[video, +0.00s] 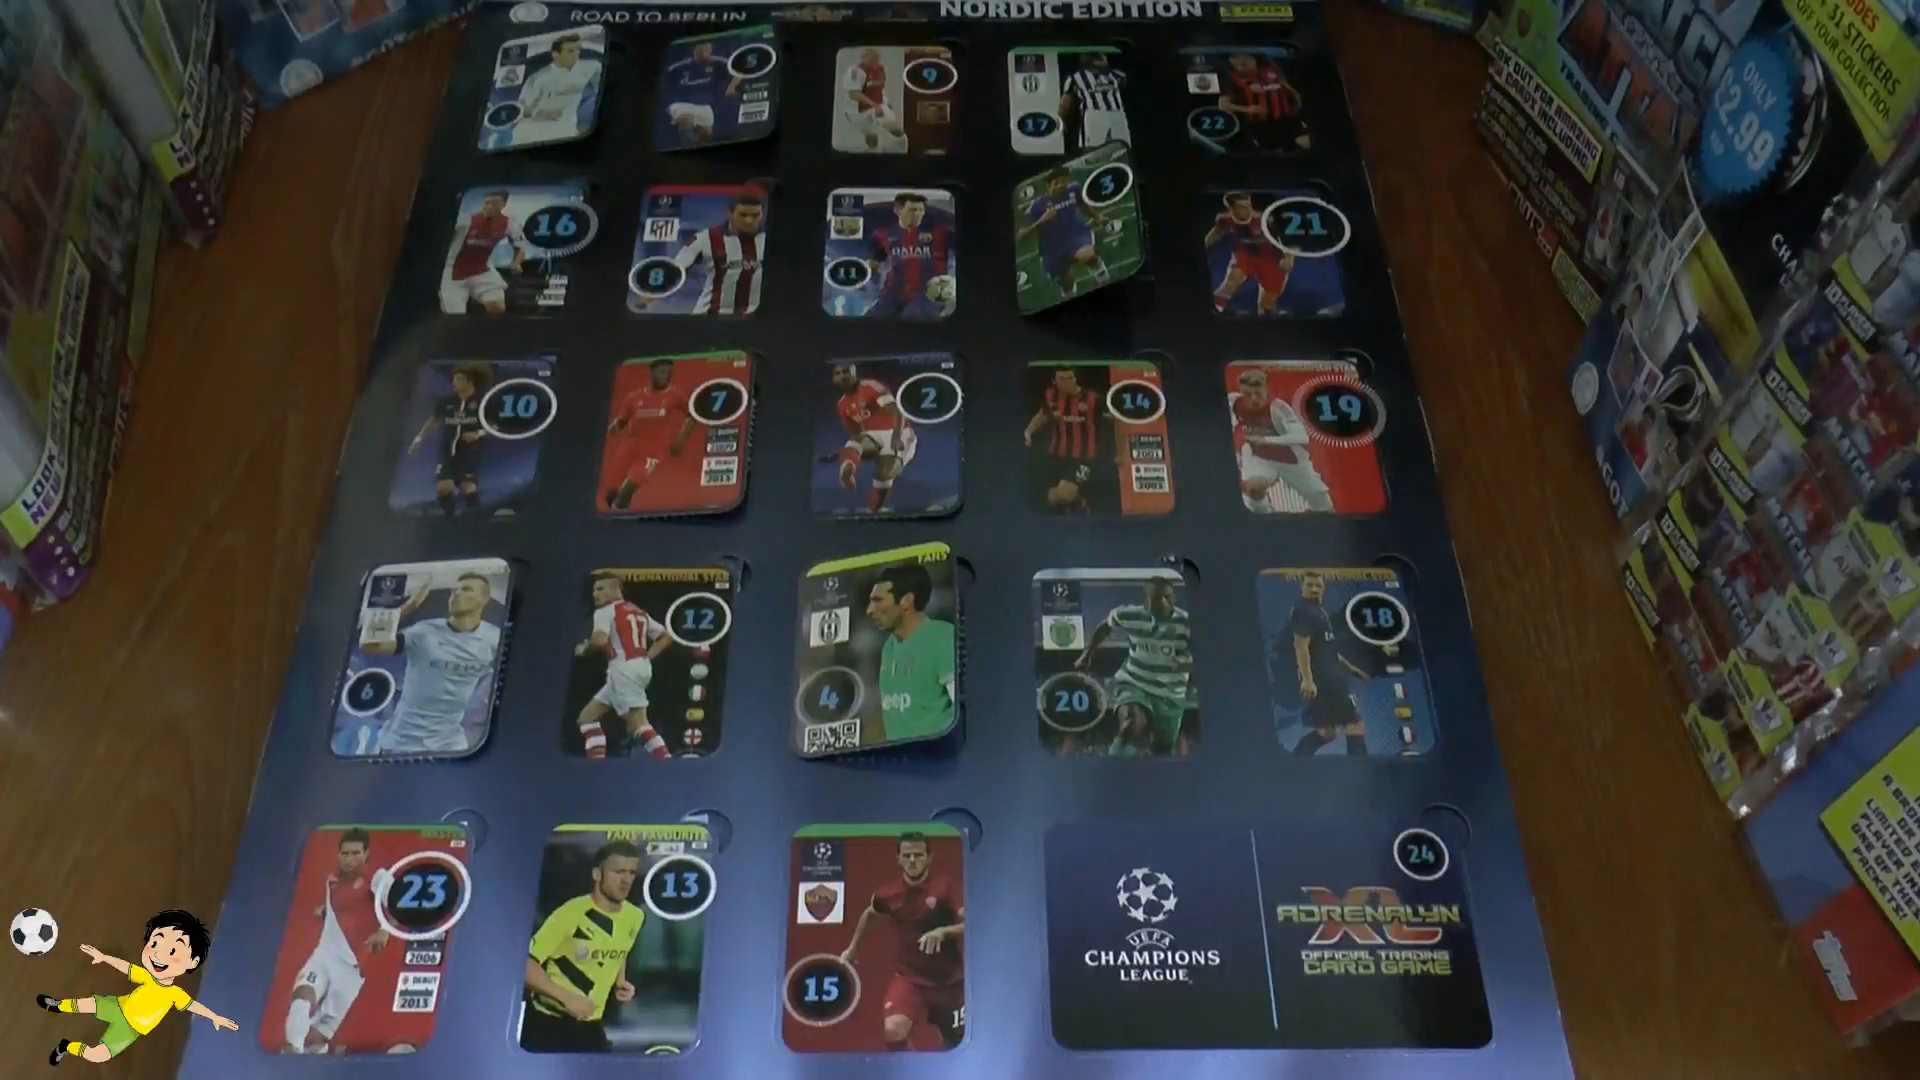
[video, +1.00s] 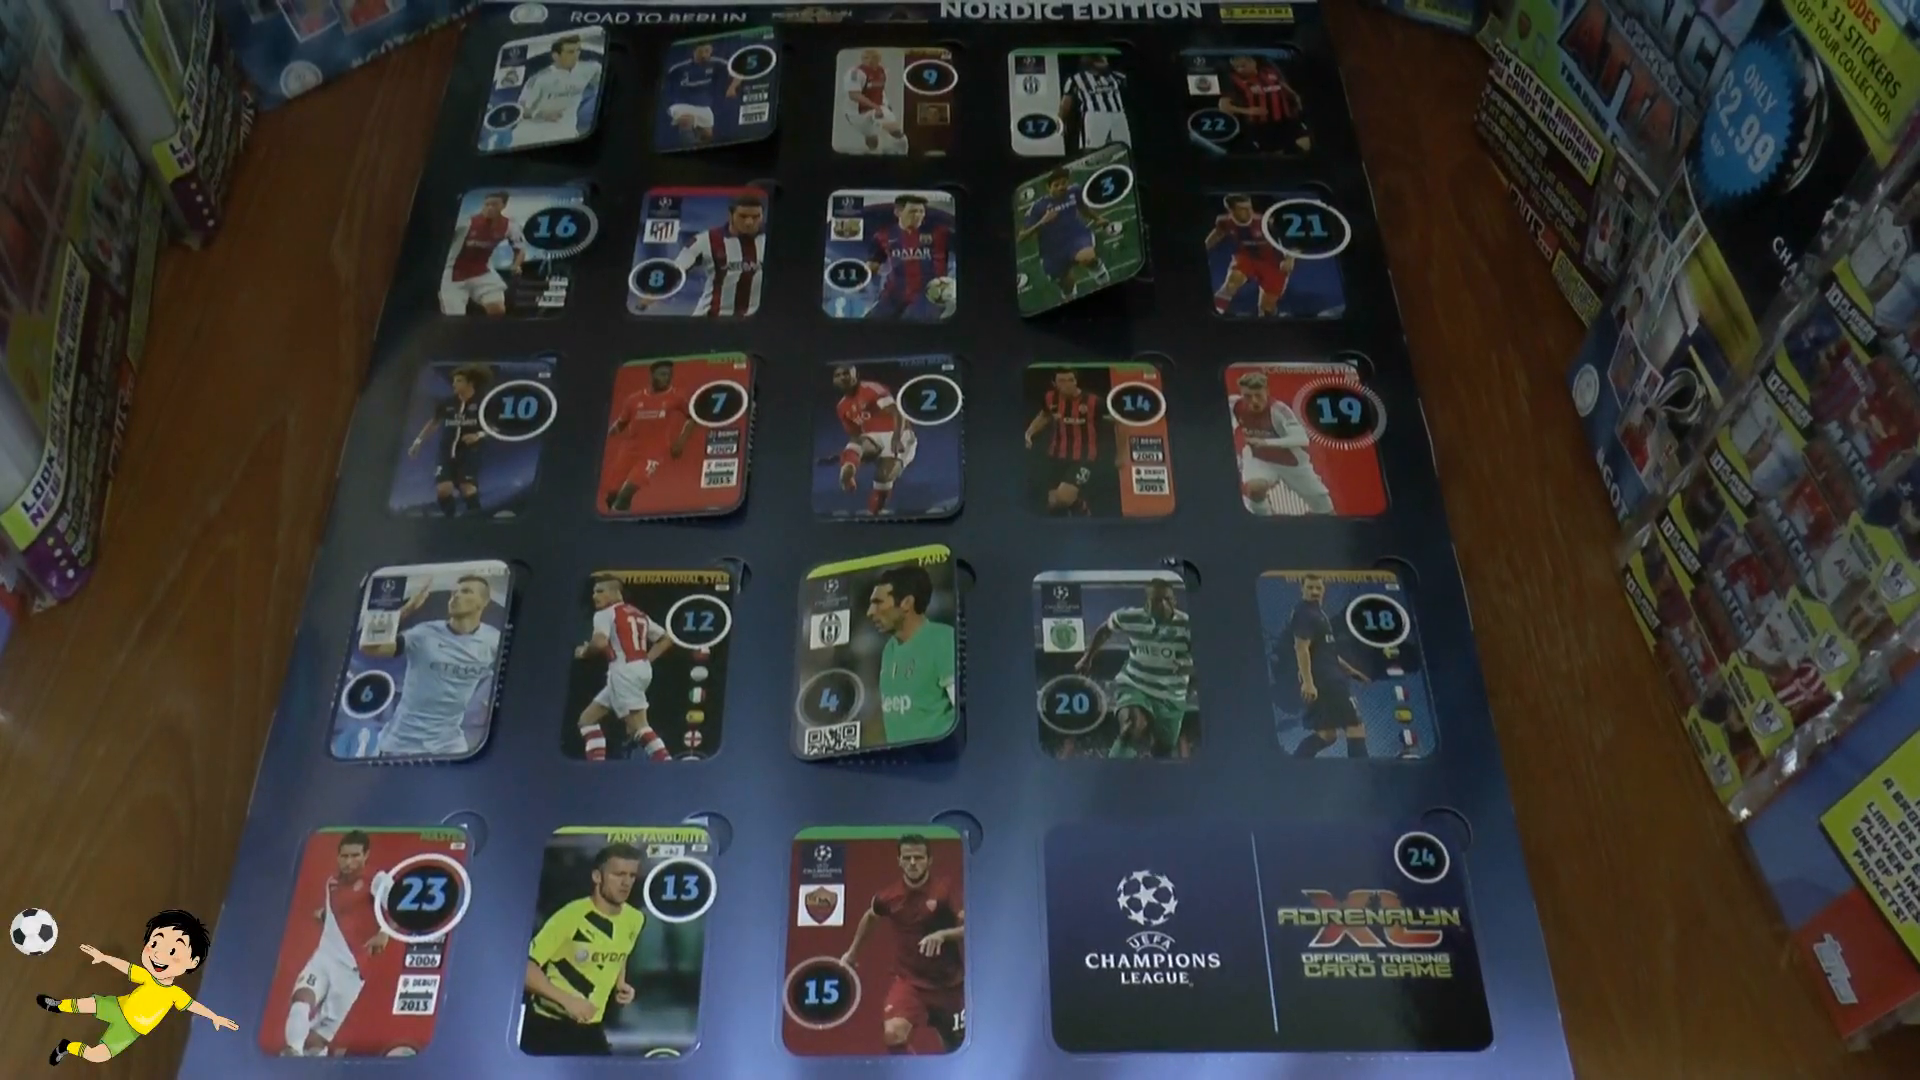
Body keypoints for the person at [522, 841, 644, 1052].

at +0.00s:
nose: (626, 880)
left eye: (631, 873)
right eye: (619, 872)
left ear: (635, 877)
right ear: (597, 875)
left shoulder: (634, 917)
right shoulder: (571, 912)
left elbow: (620, 954)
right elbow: (526, 964)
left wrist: (620, 980)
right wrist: (567, 998)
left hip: (590, 1028)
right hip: (546, 1025)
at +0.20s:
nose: (627, 880)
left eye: (631, 874)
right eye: (619, 872)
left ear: (636, 877)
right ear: (597, 875)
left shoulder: (634, 917)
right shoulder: (572, 912)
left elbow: (621, 954)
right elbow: (526, 964)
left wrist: (620, 980)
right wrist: (566, 997)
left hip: (590, 1028)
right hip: (546, 1025)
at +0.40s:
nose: (626, 880)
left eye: (631, 873)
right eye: (619, 872)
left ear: (635, 876)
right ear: (597, 874)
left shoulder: (634, 917)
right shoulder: (571, 912)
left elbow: (620, 954)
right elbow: (526, 964)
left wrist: (620, 980)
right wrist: (566, 997)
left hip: (590, 1028)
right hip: (546, 1025)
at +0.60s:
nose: (626, 880)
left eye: (631, 873)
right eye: (619, 872)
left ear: (635, 876)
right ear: (597, 874)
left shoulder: (634, 917)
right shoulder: (571, 912)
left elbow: (620, 953)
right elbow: (525, 964)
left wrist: (620, 980)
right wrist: (566, 997)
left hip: (590, 1028)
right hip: (546, 1025)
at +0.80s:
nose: (626, 880)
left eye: (631, 874)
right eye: (618, 872)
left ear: (635, 877)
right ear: (597, 875)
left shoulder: (634, 917)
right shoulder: (571, 912)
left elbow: (620, 954)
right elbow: (525, 964)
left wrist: (620, 980)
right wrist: (566, 997)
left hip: (590, 1028)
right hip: (545, 1025)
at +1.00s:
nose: (627, 883)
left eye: (632, 876)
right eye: (619, 874)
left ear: (636, 879)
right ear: (597, 877)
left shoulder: (634, 920)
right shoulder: (572, 915)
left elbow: (620, 956)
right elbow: (525, 967)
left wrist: (620, 983)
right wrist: (566, 1000)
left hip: (590, 1031)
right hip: (546, 1028)